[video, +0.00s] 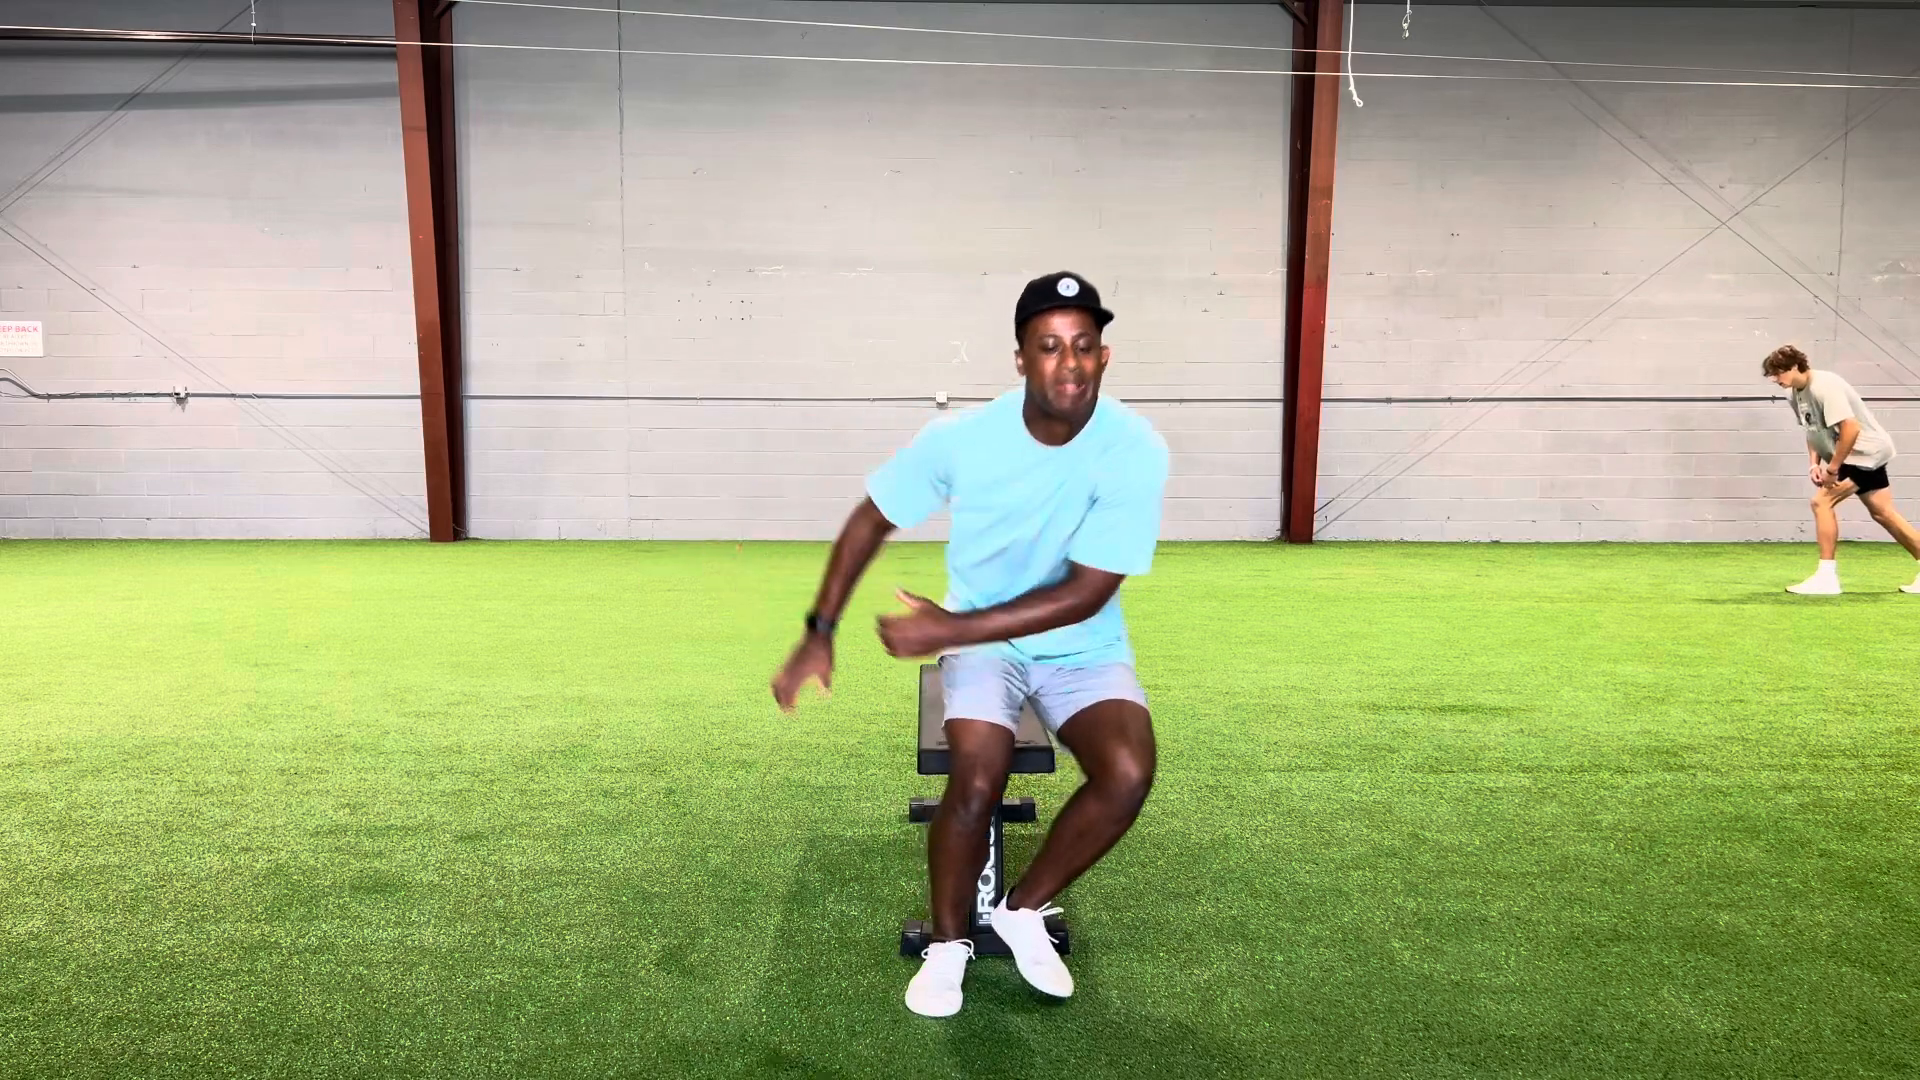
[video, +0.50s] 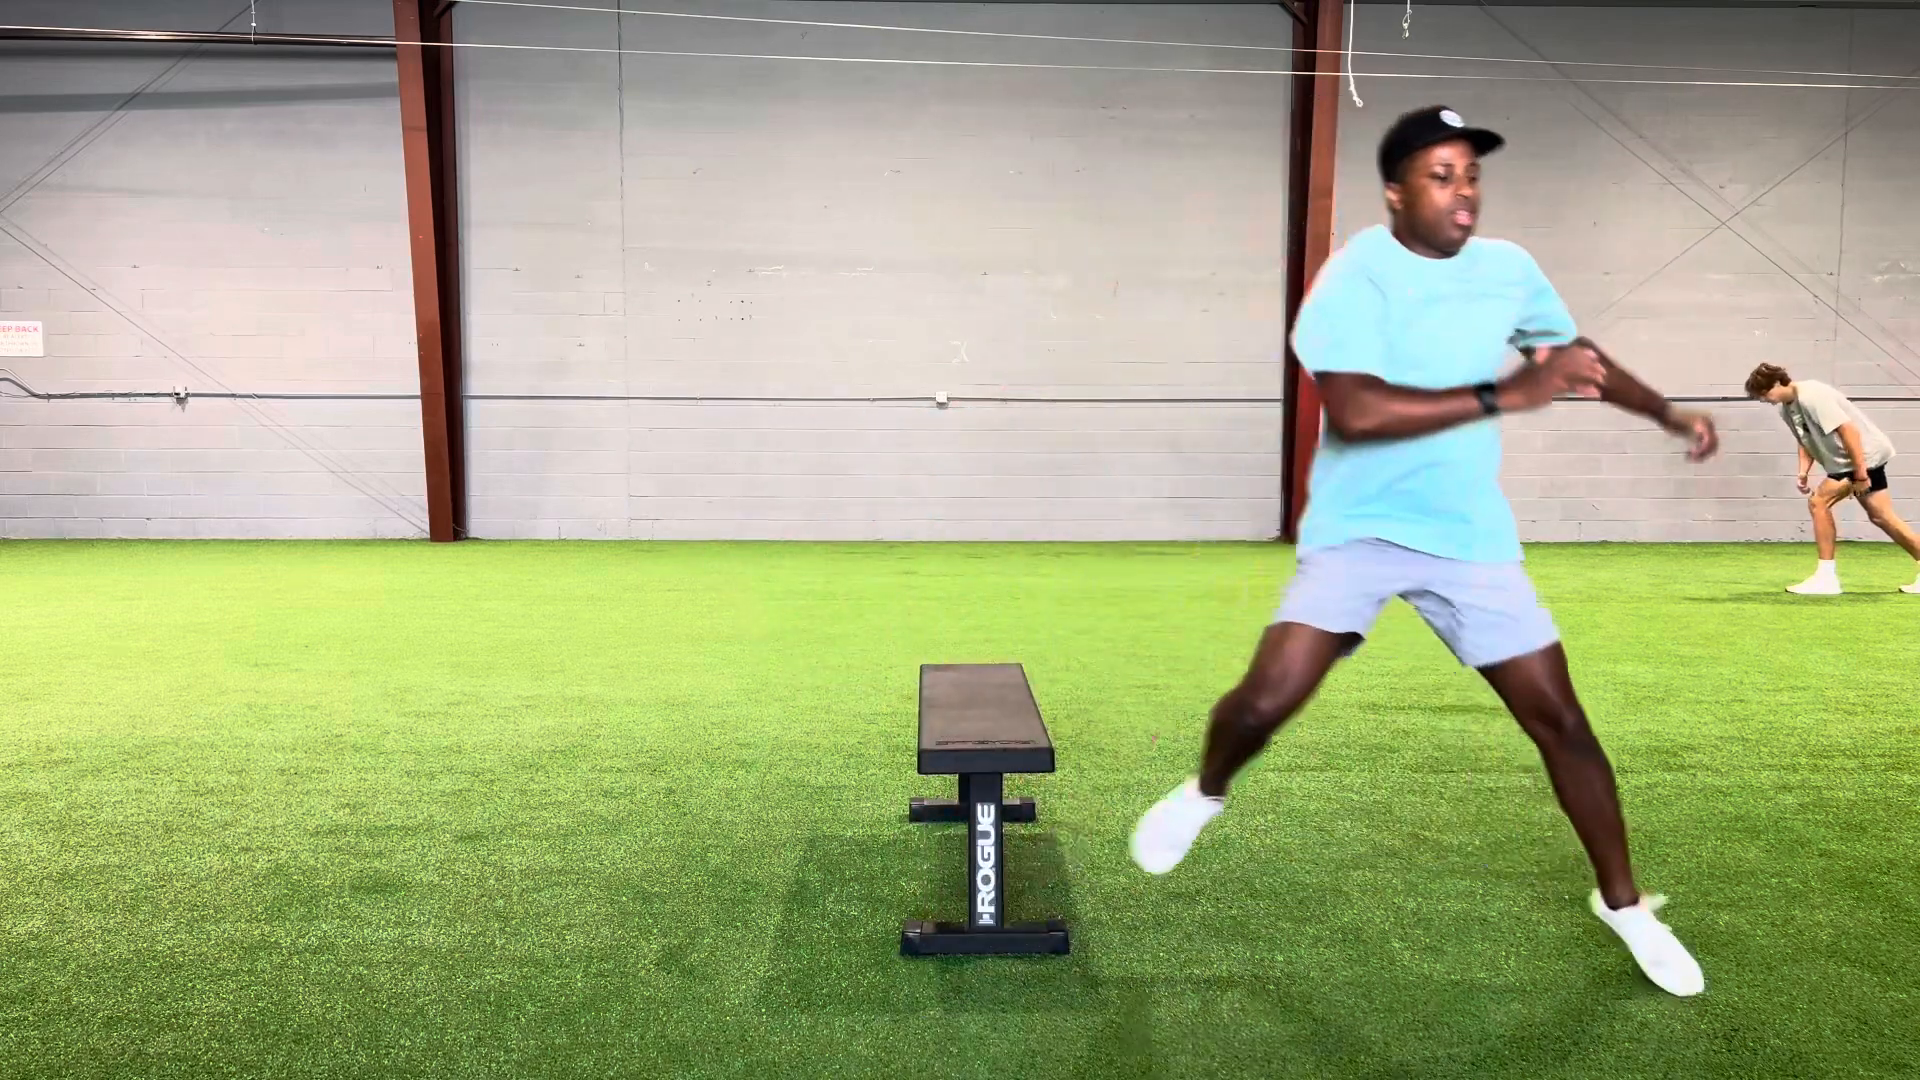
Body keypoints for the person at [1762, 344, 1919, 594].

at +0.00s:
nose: (1777, 381)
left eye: (1779, 374)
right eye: (1774, 376)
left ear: (1795, 367)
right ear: (1790, 371)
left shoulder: (1825, 385)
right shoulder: (1798, 394)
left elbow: (1850, 428)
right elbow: (1812, 430)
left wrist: (1831, 469)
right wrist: (1814, 462)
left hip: (1868, 454)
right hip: (1863, 455)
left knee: (1821, 503)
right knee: (1884, 513)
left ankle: (1826, 576)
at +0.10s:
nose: (1775, 384)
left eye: (1777, 377)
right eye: (1772, 379)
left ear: (1792, 370)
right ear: (1788, 373)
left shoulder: (1823, 386)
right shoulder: (1796, 396)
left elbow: (1850, 427)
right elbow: (1811, 431)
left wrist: (1835, 471)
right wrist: (1814, 463)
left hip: (1869, 454)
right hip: (1863, 456)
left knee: (1822, 502)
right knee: (1885, 514)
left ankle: (1826, 576)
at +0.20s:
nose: (1773, 386)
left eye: (1774, 380)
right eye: (1769, 382)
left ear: (1789, 371)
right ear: (1785, 375)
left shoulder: (1821, 388)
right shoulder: (1795, 398)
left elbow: (1850, 428)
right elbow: (1810, 433)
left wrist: (1841, 473)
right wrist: (1814, 465)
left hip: (1869, 455)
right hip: (1864, 456)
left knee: (1822, 502)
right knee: (1886, 514)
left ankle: (1826, 576)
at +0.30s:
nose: (1770, 389)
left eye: (1772, 382)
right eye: (1767, 384)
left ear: (1786, 374)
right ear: (1782, 377)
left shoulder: (1819, 389)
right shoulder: (1793, 399)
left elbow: (1850, 428)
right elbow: (1810, 434)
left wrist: (1844, 471)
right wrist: (1812, 466)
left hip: (1867, 455)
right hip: (1861, 457)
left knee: (1821, 502)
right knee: (1886, 515)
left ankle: (1826, 576)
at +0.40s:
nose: (1769, 394)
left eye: (1769, 387)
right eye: (1765, 390)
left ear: (1782, 378)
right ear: (1778, 381)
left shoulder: (1817, 392)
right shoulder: (1791, 403)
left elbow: (1850, 430)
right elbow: (1808, 437)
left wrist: (1849, 474)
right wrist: (1810, 469)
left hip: (1864, 457)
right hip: (1857, 458)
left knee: (1819, 503)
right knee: (1884, 516)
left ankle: (1826, 576)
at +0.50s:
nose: (1767, 400)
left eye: (1766, 393)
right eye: (1762, 397)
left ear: (1777, 383)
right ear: (1775, 386)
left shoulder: (1813, 395)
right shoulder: (1788, 409)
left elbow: (1848, 430)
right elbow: (1806, 441)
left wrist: (1860, 472)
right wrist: (1804, 470)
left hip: (1861, 460)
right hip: (1854, 461)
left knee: (1819, 502)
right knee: (1882, 517)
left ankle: (1826, 577)